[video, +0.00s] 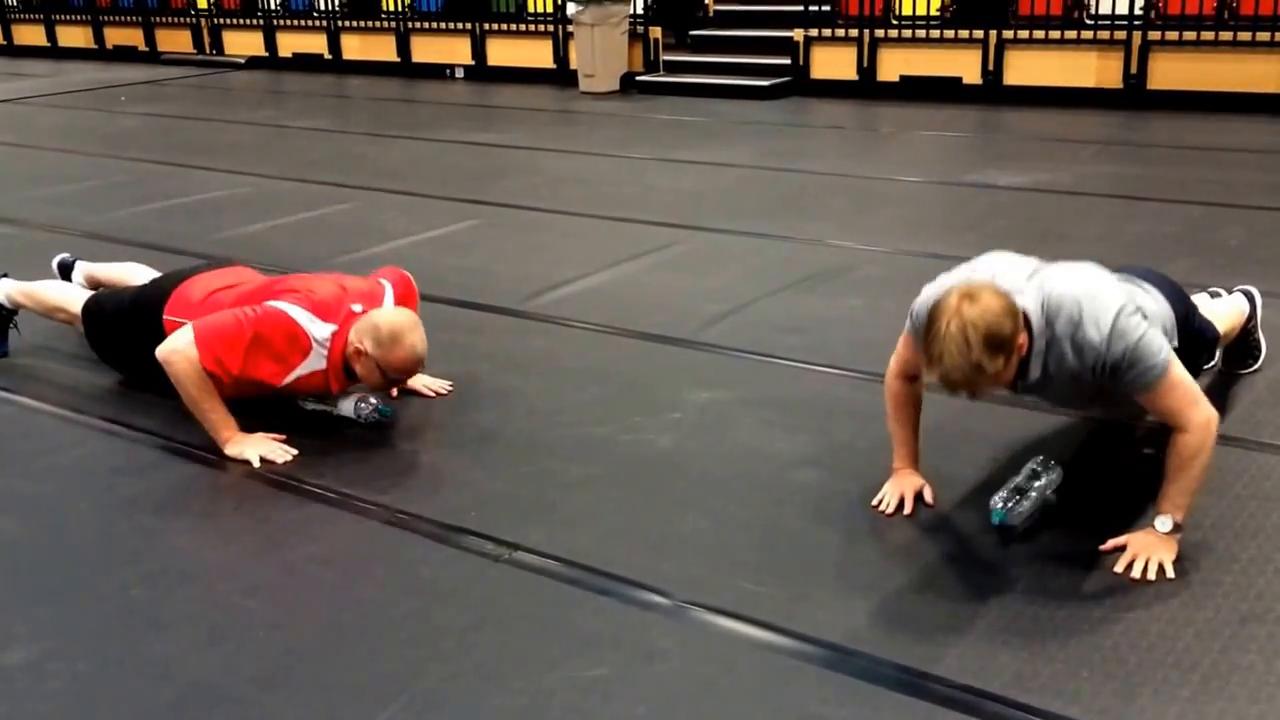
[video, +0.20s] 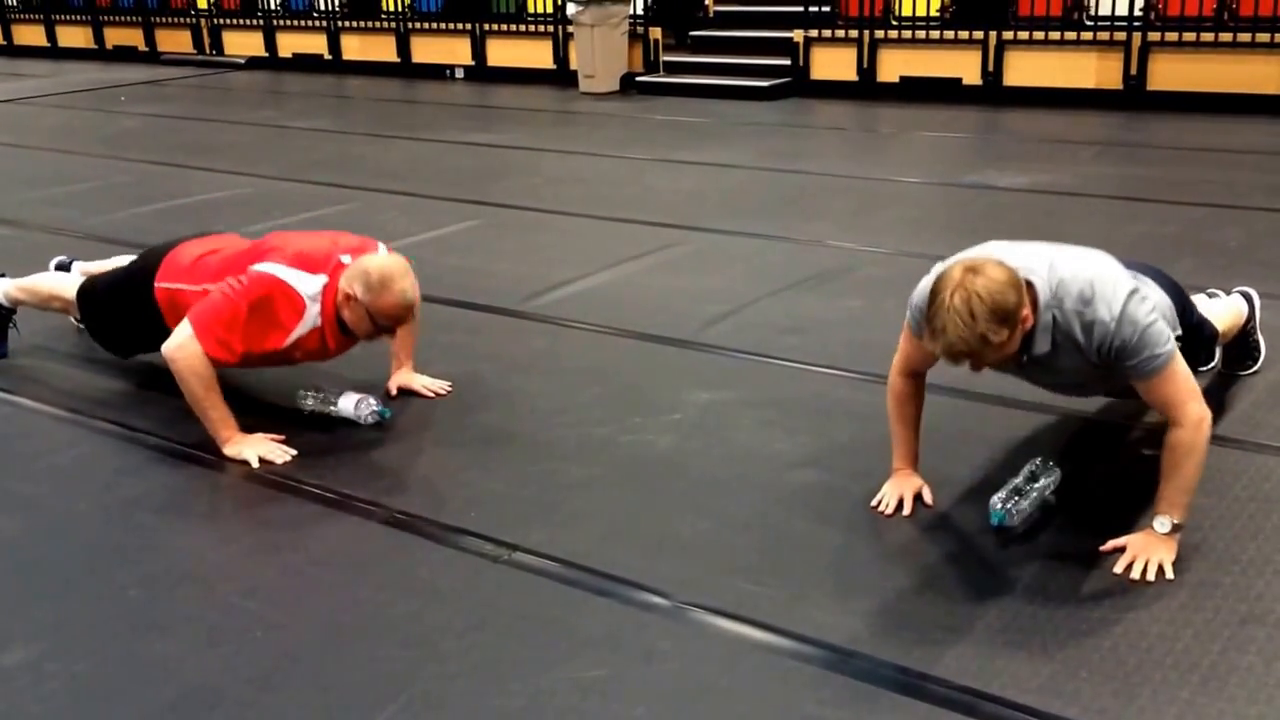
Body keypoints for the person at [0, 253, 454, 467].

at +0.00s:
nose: (389, 388)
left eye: (399, 382)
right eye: (380, 381)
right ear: (356, 346)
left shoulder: (394, 296)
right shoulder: (279, 327)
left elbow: (399, 285)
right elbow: (176, 355)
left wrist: (402, 371)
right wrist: (232, 437)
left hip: (236, 284)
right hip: (173, 310)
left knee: (152, 282)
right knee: (82, 310)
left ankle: (77, 267)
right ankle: (10, 290)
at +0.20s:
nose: (384, 334)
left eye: (393, 323)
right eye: (378, 324)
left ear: (398, 295)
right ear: (347, 297)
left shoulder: (377, 267)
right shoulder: (269, 296)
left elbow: (407, 303)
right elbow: (182, 351)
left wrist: (404, 367)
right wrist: (231, 438)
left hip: (219, 255)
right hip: (160, 290)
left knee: (137, 269)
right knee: (79, 298)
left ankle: (76, 271)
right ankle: (7, 290)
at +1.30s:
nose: (356, 252)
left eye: (365, 241)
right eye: (348, 241)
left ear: (367, 219)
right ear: (317, 211)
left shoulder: (349, 209)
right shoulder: (246, 231)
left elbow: (371, 287)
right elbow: (227, 336)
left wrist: (399, 369)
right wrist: (230, 435)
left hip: (191, 271)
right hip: (139, 268)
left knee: (104, 290)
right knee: (70, 285)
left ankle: (55, 291)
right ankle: (7, 290)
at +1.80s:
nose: (374, 378)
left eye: (385, 373)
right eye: (368, 371)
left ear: (407, 322)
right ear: (346, 343)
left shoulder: (392, 294)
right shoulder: (274, 330)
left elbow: (409, 292)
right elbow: (175, 362)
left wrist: (395, 370)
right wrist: (227, 441)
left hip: (223, 291)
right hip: (160, 321)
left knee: (143, 293)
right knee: (75, 319)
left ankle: (67, 275)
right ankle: (6, 293)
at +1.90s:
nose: (368, 357)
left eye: (377, 351)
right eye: (365, 348)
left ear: (395, 314)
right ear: (339, 319)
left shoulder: (381, 286)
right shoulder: (264, 310)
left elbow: (408, 294)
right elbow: (174, 361)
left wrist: (399, 370)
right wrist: (227, 443)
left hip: (214, 279)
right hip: (154, 311)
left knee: (137, 284)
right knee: (77, 312)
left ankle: (67, 275)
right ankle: (6, 294)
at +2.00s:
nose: (364, 319)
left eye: (374, 310)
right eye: (359, 308)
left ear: (390, 286)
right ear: (332, 283)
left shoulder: (377, 265)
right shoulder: (256, 285)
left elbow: (406, 302)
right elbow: (180, 357)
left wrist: (399, 373)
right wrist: (227, 443)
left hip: (203, 262)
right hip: (149, 291)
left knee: (123, 275)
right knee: (70, 300)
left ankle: (71, 274)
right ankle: (3, 295)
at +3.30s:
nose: (351, 320)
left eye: (363, 312)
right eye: (346, 309)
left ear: (384, 281)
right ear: (324, 280)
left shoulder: (361, 253)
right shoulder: (252, 276)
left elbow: (393, 308)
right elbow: (184, 360)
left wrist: (396, 384)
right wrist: (223, 454)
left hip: (194, 264)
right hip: (143, 291)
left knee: (115, 289)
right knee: (67, 313)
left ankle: (71, 288)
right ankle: (9, 302)